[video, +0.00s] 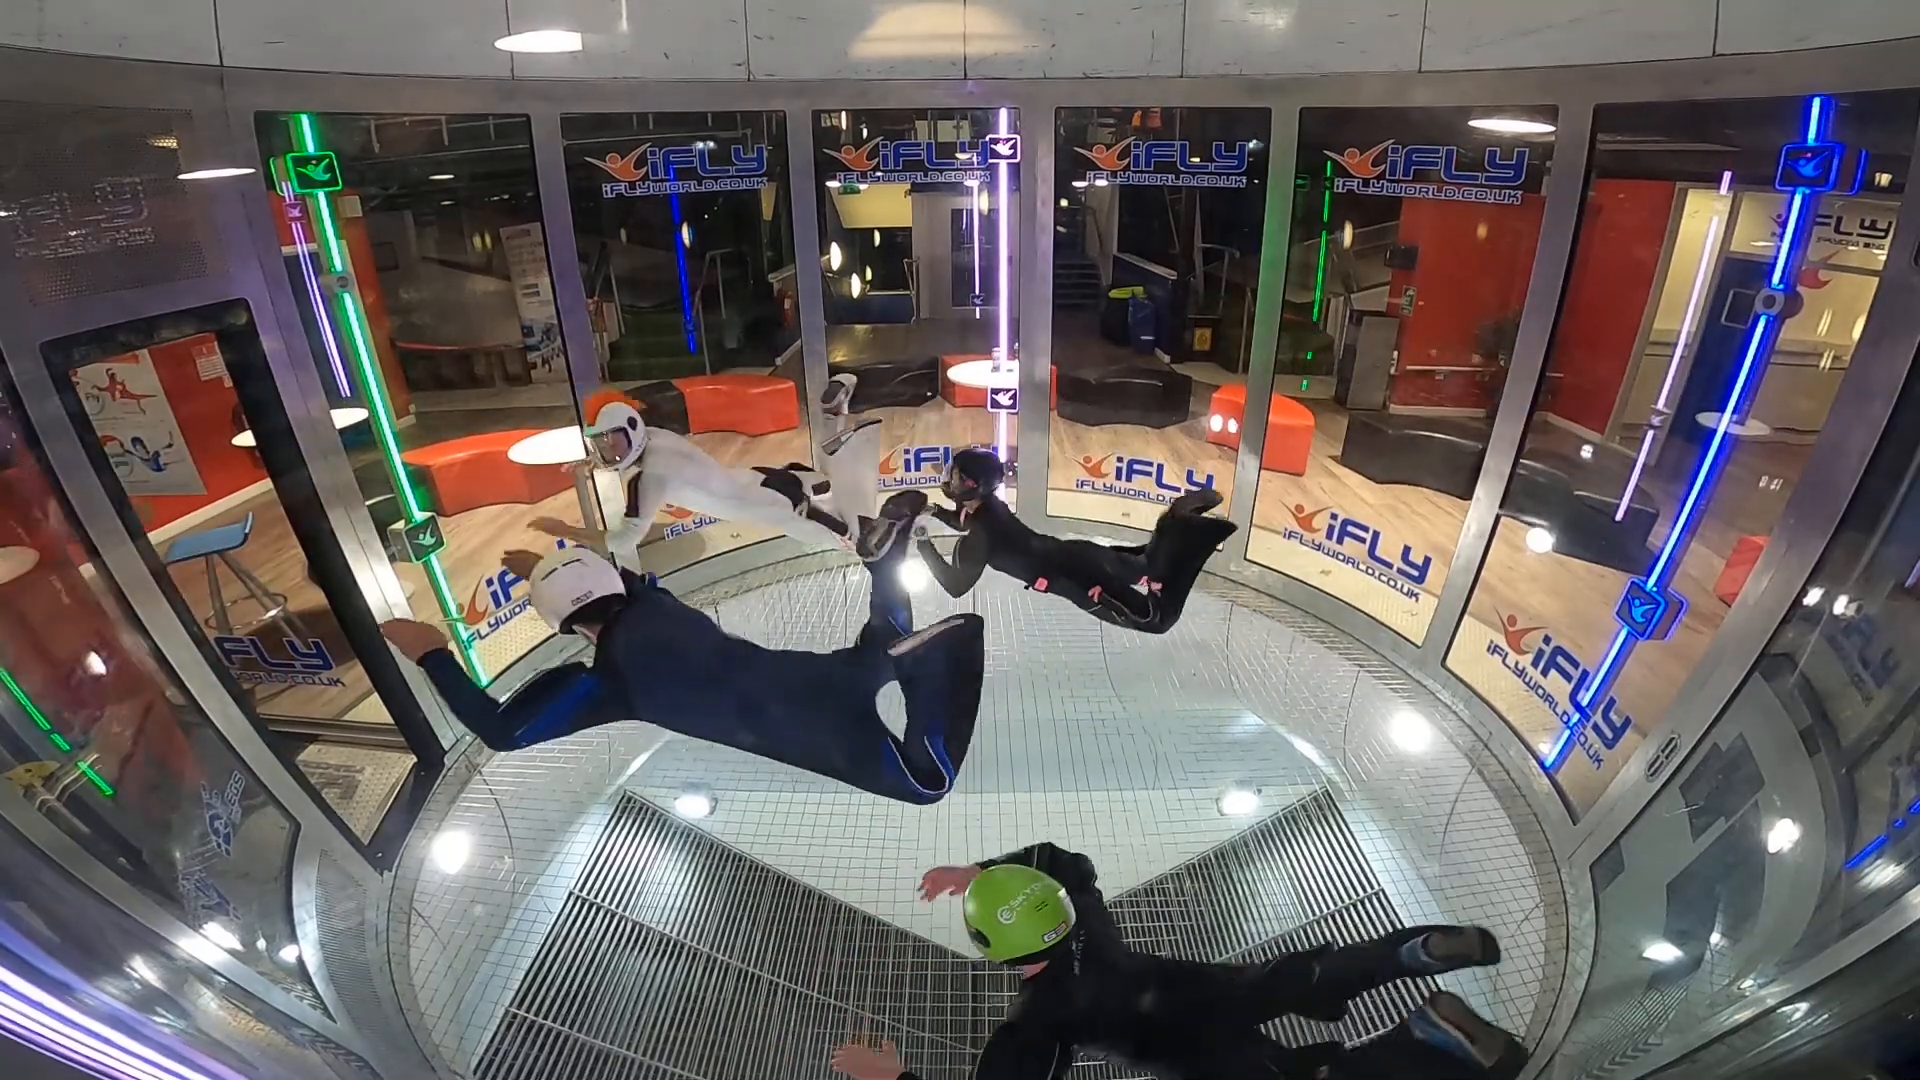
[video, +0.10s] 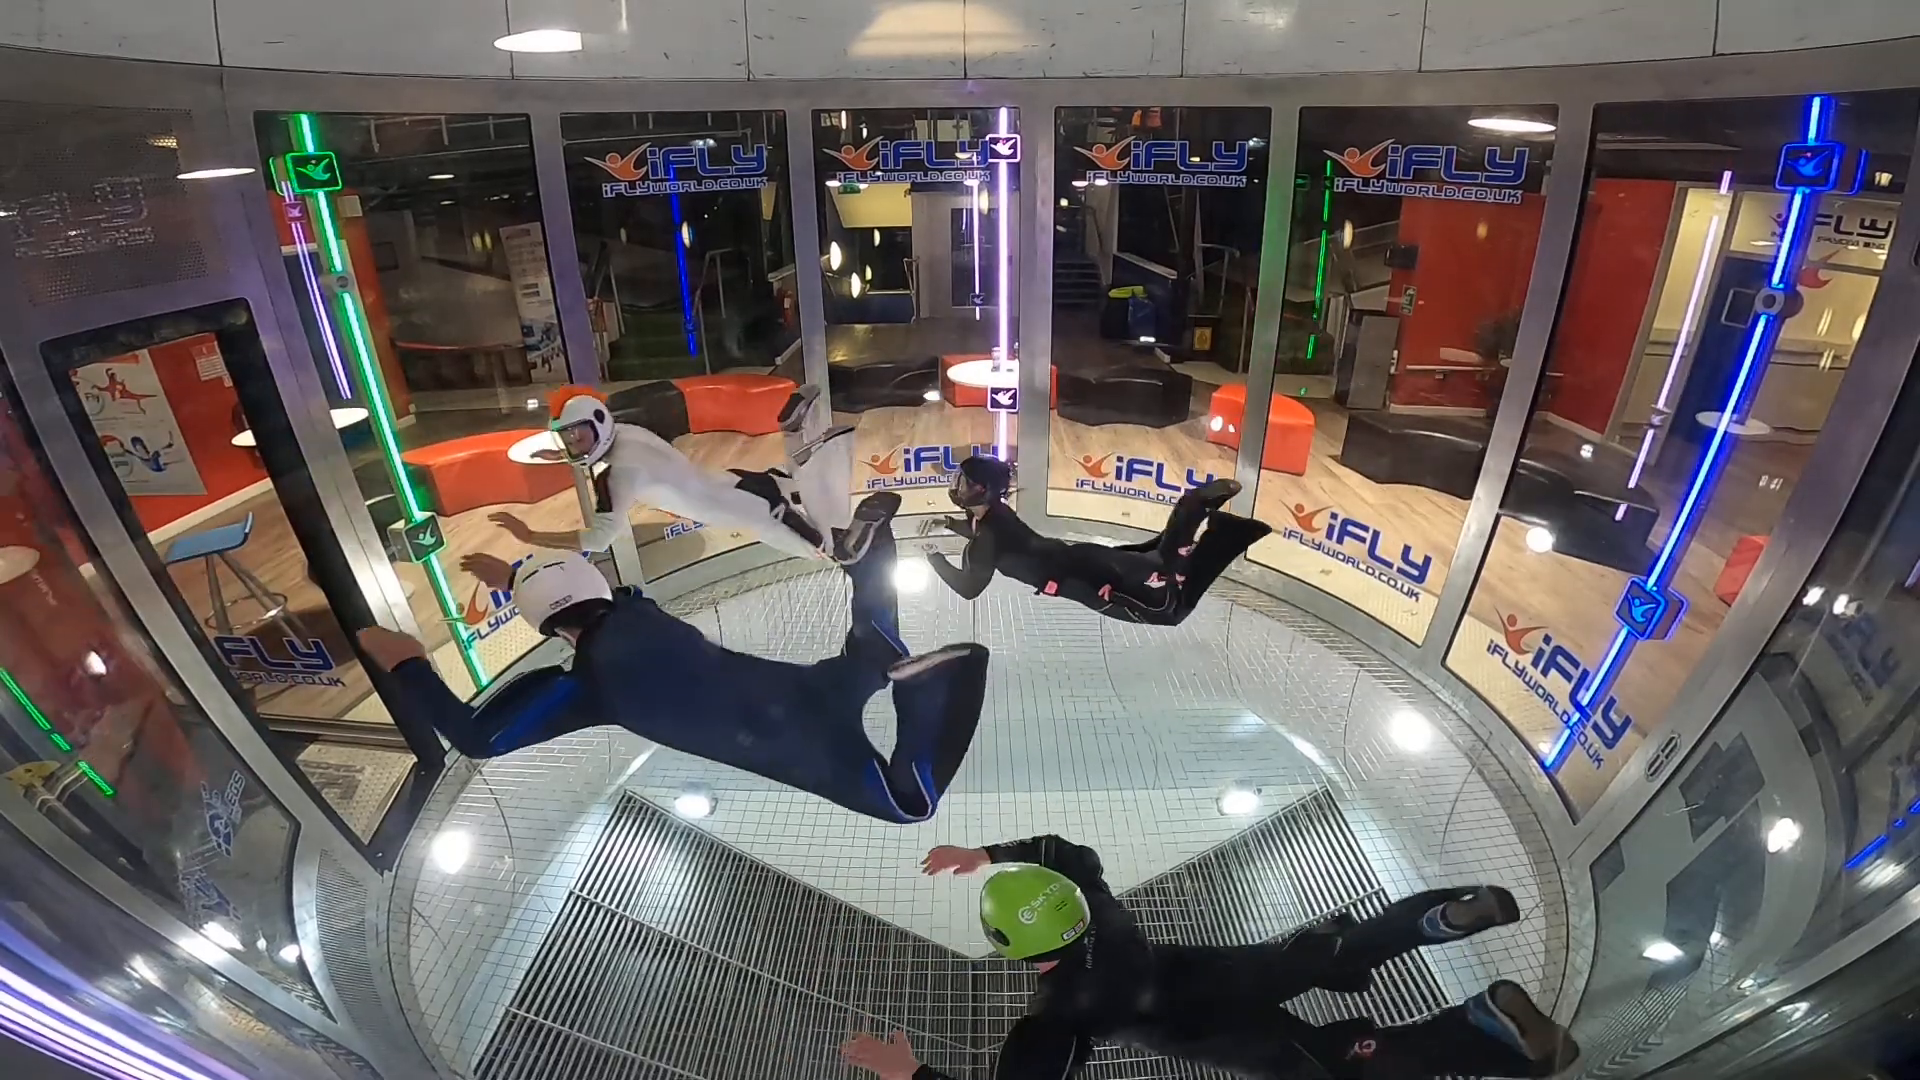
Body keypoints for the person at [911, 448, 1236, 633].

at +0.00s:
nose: (947, 481)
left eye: (954, 477)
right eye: (951, 474)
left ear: (971, 485)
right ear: (977, 483)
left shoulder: (979, 527)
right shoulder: (983, 505)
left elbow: (956, 585)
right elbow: (963, 520)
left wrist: (922, 542)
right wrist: (930, 511)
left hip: (1074, 575)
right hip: (1074, 553)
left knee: (1156, 619)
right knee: (1146, 563)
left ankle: (1189, 541)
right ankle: (1179, 515)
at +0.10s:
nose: (956, 485)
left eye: (963, 482)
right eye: (958, 479)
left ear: (983, 492)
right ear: (983, 490)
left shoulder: (988, 532)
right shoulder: (990, 515)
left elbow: (969, 587)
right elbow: (981, 547)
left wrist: (935, 559)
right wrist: (961, 534)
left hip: (1084, 572)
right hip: (1082, 559)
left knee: (1171, 609)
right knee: (1158, 560)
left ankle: (1220, 540)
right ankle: (1194, 505)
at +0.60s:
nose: (950, 496)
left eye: (956, 490)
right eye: (952, 489)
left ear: (974, 495)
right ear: (981, 492)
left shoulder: (985, 530)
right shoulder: (995, 513)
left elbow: (965, 584)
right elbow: (972, 574)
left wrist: (947, 558)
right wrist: (956, 555)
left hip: (1081, 562)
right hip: (1079, 544)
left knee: (1151, 567)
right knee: (1149, 521)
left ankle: (1213, 500)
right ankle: (1191, 459)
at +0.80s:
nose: (922, 491)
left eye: (928, 486)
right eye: (925, 485)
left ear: (947, 492)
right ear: (952, 488)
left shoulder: (956, 524)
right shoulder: (970, 504)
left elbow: (932, 575)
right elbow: (945, 549)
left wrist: (913, 559)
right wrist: (923, 550)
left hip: (1044, 556)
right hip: (1048, 532)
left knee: (1116, 580)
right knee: (1122, 511)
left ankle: (1169, 519)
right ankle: (1163, 441)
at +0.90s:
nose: (905, 485)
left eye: (911, 480)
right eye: (908, 478)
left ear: (929, 484)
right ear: (933, 481)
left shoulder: (940, 515)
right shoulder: (949, 497)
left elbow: (912, 566)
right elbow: (919, 554)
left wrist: (884, 541)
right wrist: (895, 545)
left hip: (1025, 554)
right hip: (1029, 530)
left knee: (1094, 585)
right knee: (1099, 514)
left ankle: (1142, 525)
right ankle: (1132, 454)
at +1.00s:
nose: (891, 481)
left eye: (897, 475)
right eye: (890, 475)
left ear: (912, 477)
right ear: (913, 475)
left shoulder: (917, 505)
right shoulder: (926, 490)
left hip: (998, 549)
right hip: (1003, 527)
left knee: (1069, 586)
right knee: (1077, 517)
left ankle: (1112, 527)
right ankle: (1115, 463)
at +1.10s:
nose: (867, 468)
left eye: (874, 464)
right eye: (869, 462)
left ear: (893, 469)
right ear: (897, 467)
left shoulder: (898, 500)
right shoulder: (910, 483)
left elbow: (860, 547)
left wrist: (845, 507)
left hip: (977, 545)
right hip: (983, 521)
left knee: (1044, 589)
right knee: (1056, 520)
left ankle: (1078, 532)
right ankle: (1091, 473)